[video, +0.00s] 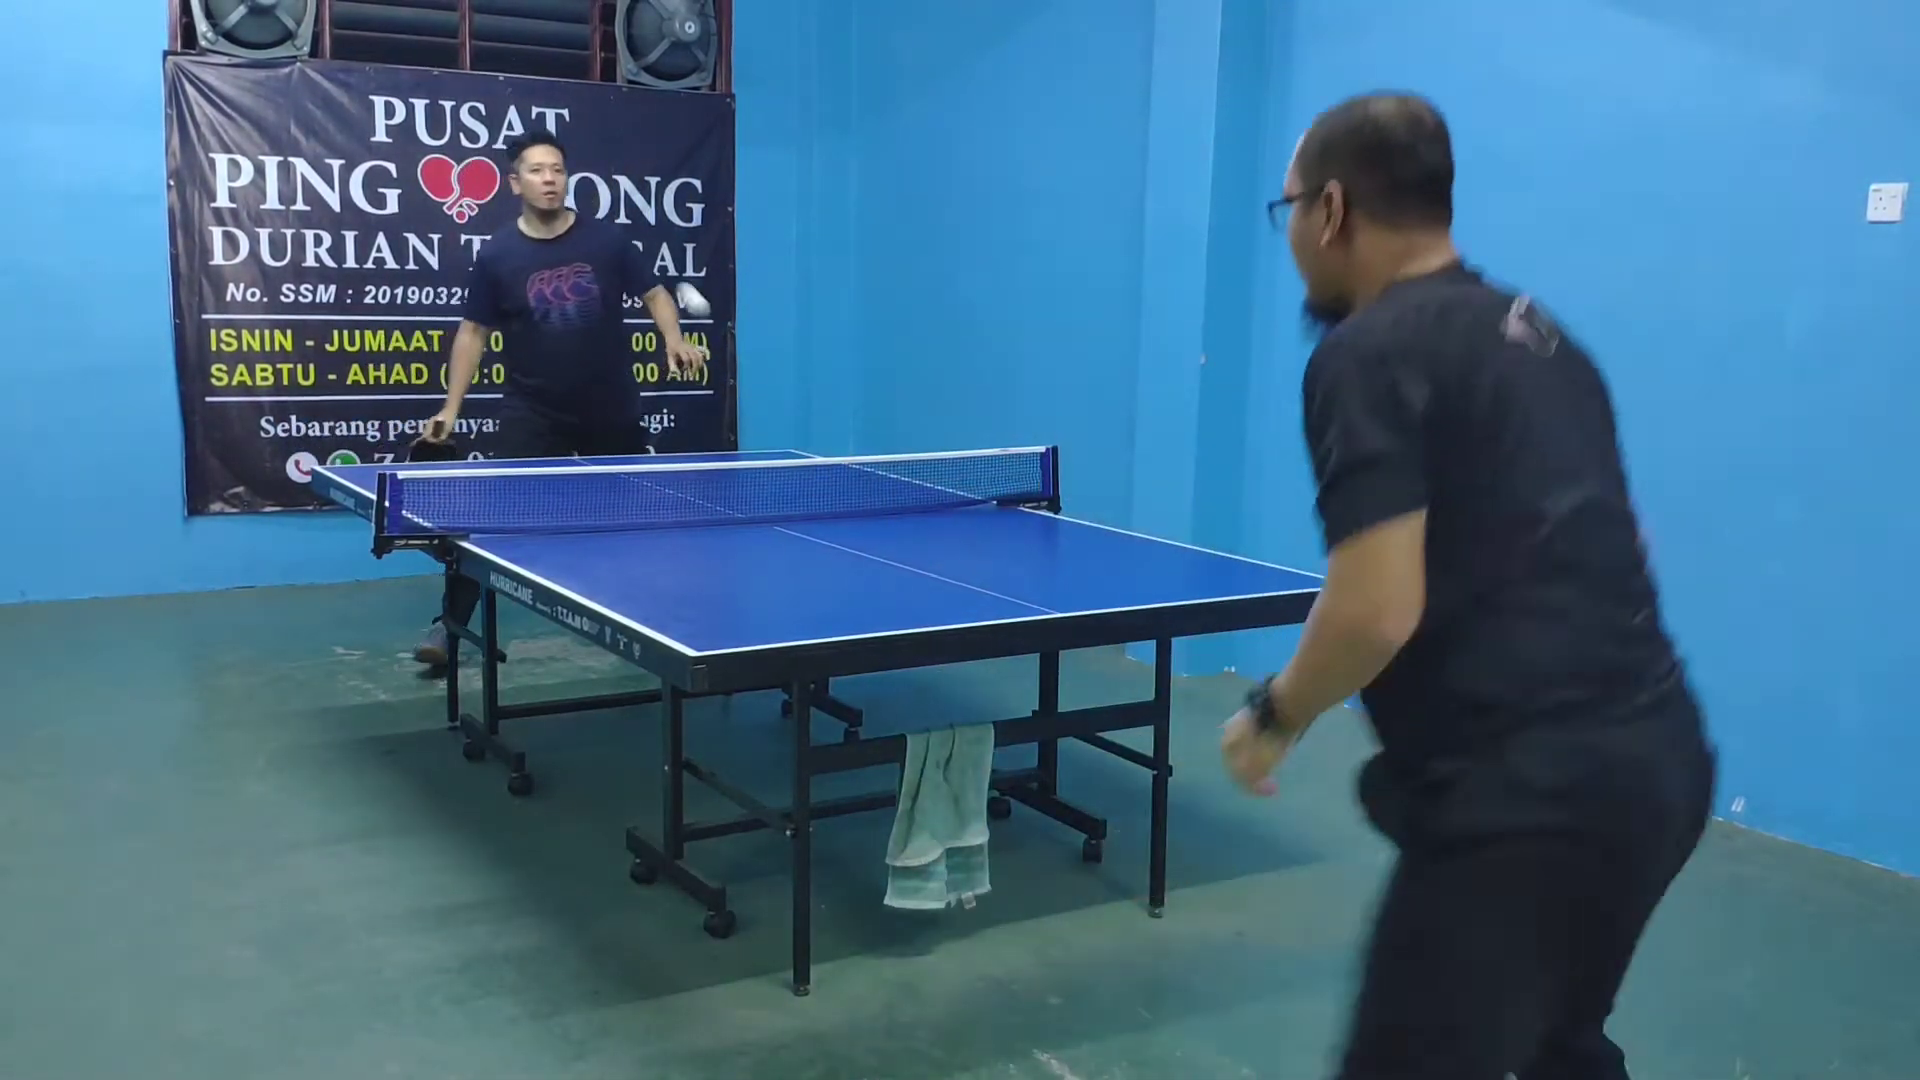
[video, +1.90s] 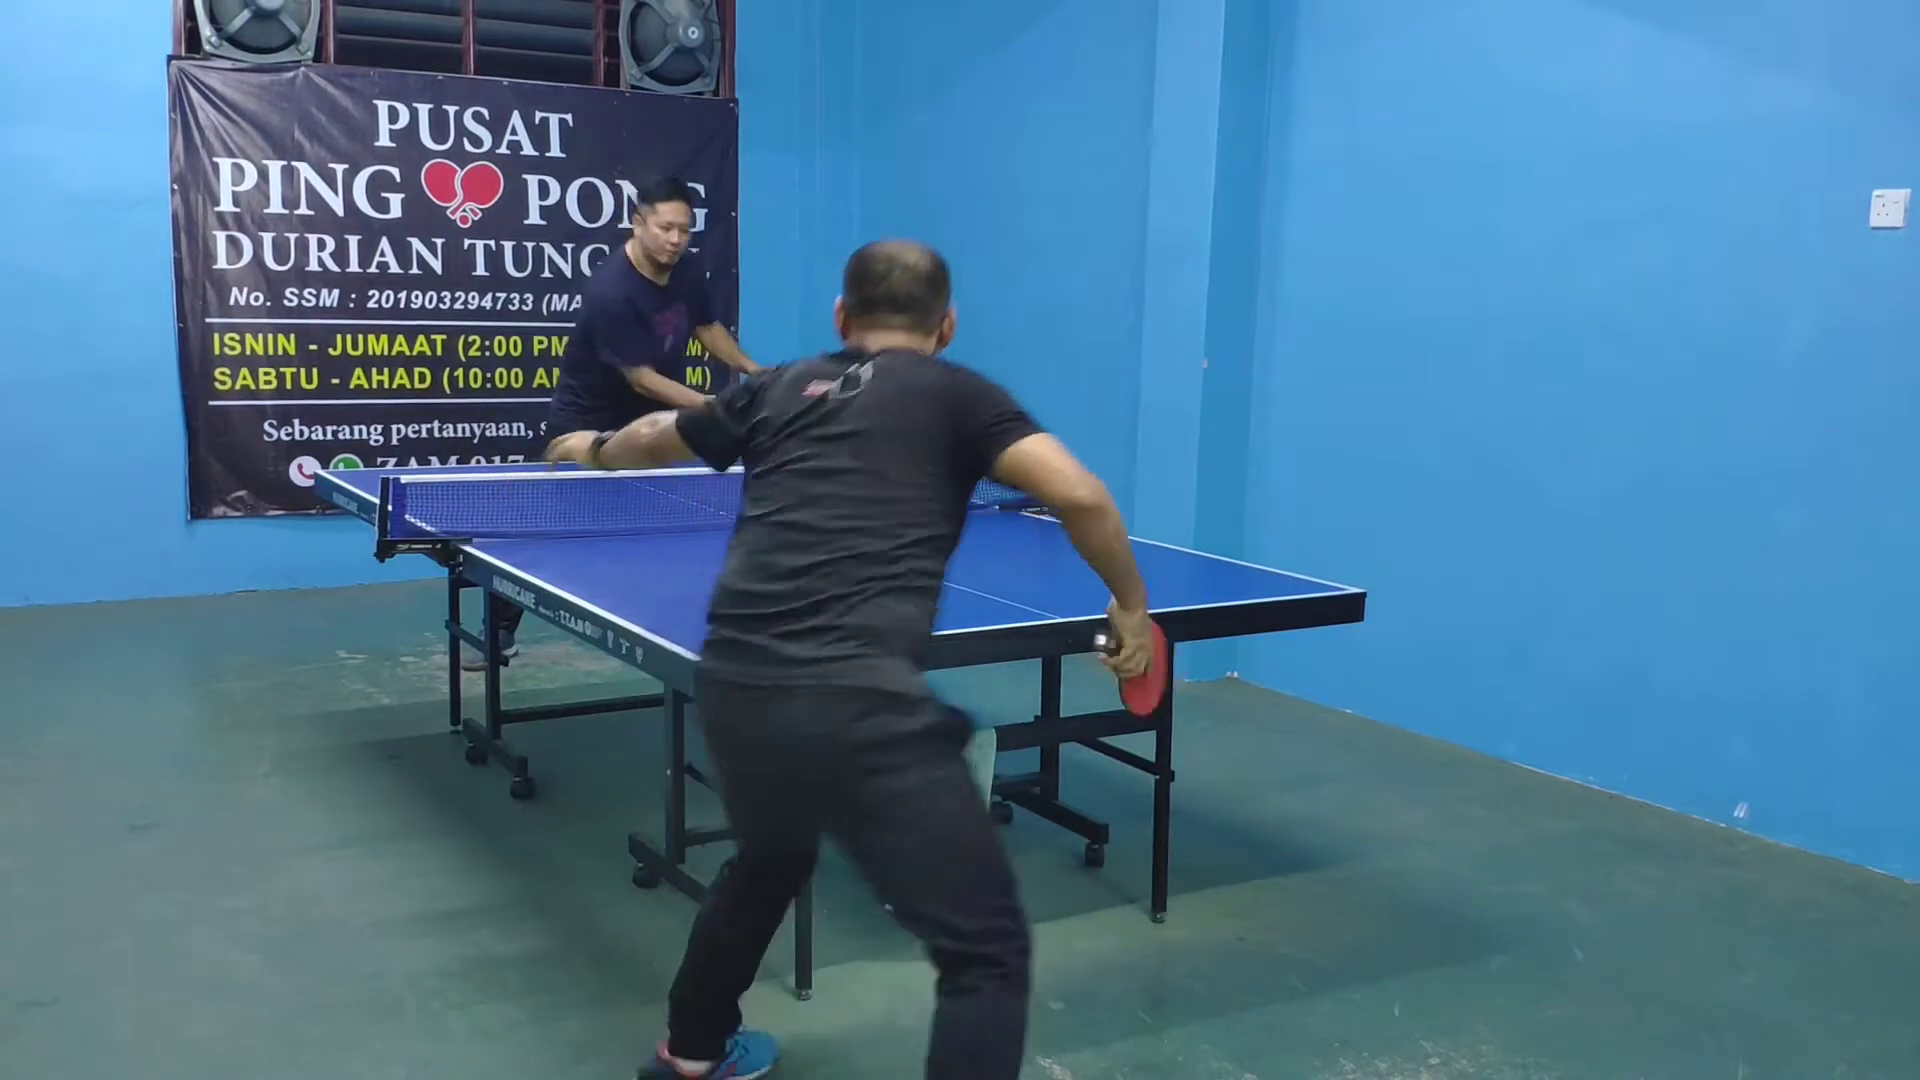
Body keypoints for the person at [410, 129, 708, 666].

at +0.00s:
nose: (549, 179)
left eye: (556, 169)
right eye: (536, 170)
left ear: (568, 178)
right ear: (515, 182)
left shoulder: (606, 239)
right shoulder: (498, 254)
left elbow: (654, 293)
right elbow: (472, 332)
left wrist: (674, 340)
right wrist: (450, 409)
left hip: (610, 408)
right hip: (534, 412)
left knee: (645, 511)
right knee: (491, 509)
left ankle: (674, 633)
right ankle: (448, 631)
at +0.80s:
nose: (593, 175)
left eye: (602, 165)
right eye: (582, 166)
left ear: (615, 172)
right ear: (565, 174)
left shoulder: (653, 237)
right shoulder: (543, 244)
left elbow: (683, 314)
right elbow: (509, 315)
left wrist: (712, 388)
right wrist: (497, 384)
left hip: (646, 408)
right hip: (569, 409)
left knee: (662, 517)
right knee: (530, 513)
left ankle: (675, 630)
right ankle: (497, 626)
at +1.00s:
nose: (609, 179)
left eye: (618, 170)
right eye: (597, 169)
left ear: (627, 179)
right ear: (576, 178)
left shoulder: (658, 240)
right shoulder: (555, 243)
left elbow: (687, 313)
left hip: (643, 397)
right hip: (575, 396)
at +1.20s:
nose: (607, 180)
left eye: (616, 171)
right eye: (595, 170)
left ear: (627, 179)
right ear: (574, 178)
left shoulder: (662, 242)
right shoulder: (544, 245)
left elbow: (687, 310)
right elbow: (515, 316)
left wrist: (653, 360)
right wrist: (539, 369)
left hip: (642, 394)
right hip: (570, 393)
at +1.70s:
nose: (640, 201)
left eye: (649, 191)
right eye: (630, 191)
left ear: (658, 195)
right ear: (606, 192)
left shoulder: (680, 254)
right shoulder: (573, 252)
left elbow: (705, 319)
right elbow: (535, 321)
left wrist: (703, 352)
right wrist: (566, 357)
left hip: (658, 418)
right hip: (581, 416)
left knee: (680, 523)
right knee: (537, 517)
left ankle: (677, 628)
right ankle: (501, 627)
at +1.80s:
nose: (658, 217)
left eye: (666, 207)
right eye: (648, 205)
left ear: (673, 208)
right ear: (621, 201)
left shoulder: (682, 262)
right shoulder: (588, 261)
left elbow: (702, 325)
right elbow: (575, 346)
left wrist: (727, 356)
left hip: (654, 424)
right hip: (585, 423)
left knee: (667, 526)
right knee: (541, 520)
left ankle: (671, 628)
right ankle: (501, 627)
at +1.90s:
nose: (675, 240)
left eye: (683, 230)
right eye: (665, 228)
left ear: (690, 230)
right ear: (638, 223)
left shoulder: (687, 268)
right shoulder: (612, 289)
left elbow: (706, 327)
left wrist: (755, 371)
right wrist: (717, 408)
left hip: (655, 421)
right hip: (581, 424)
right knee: (543, 525)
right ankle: (502, 626)